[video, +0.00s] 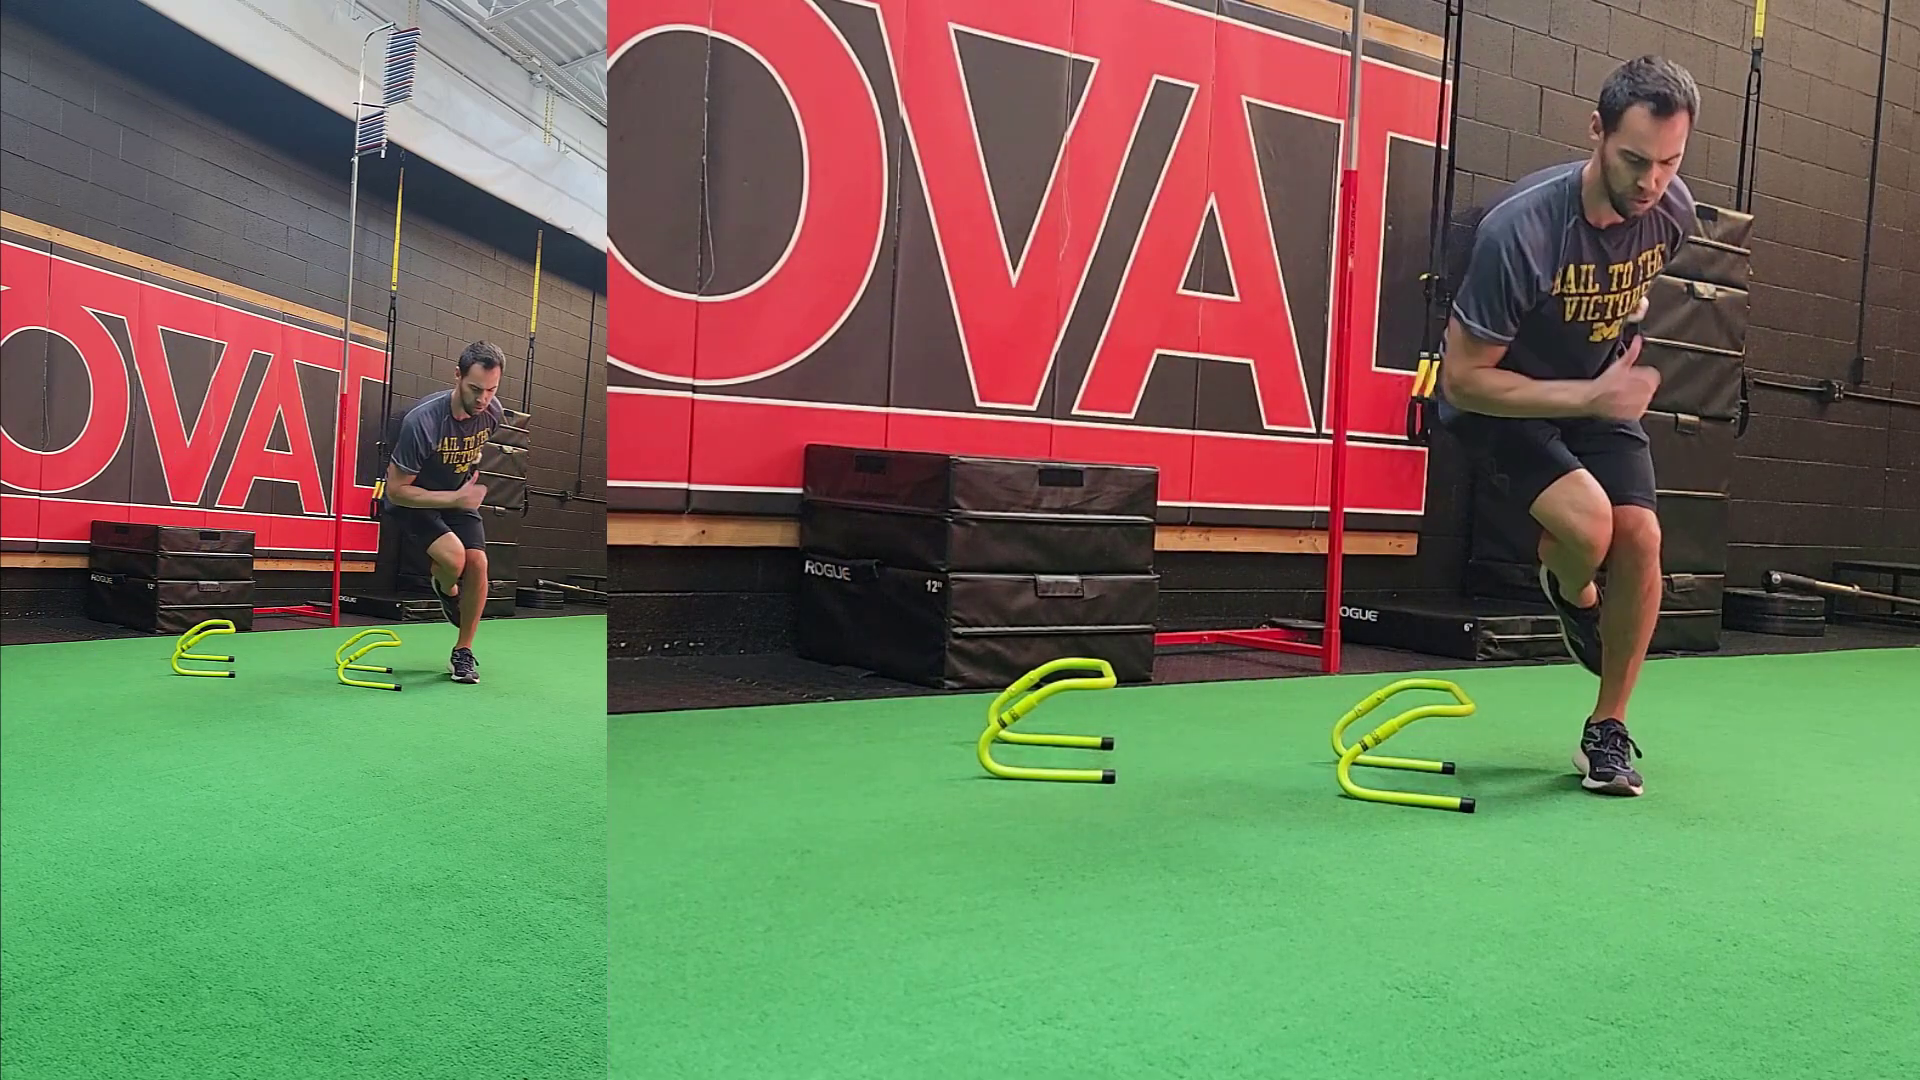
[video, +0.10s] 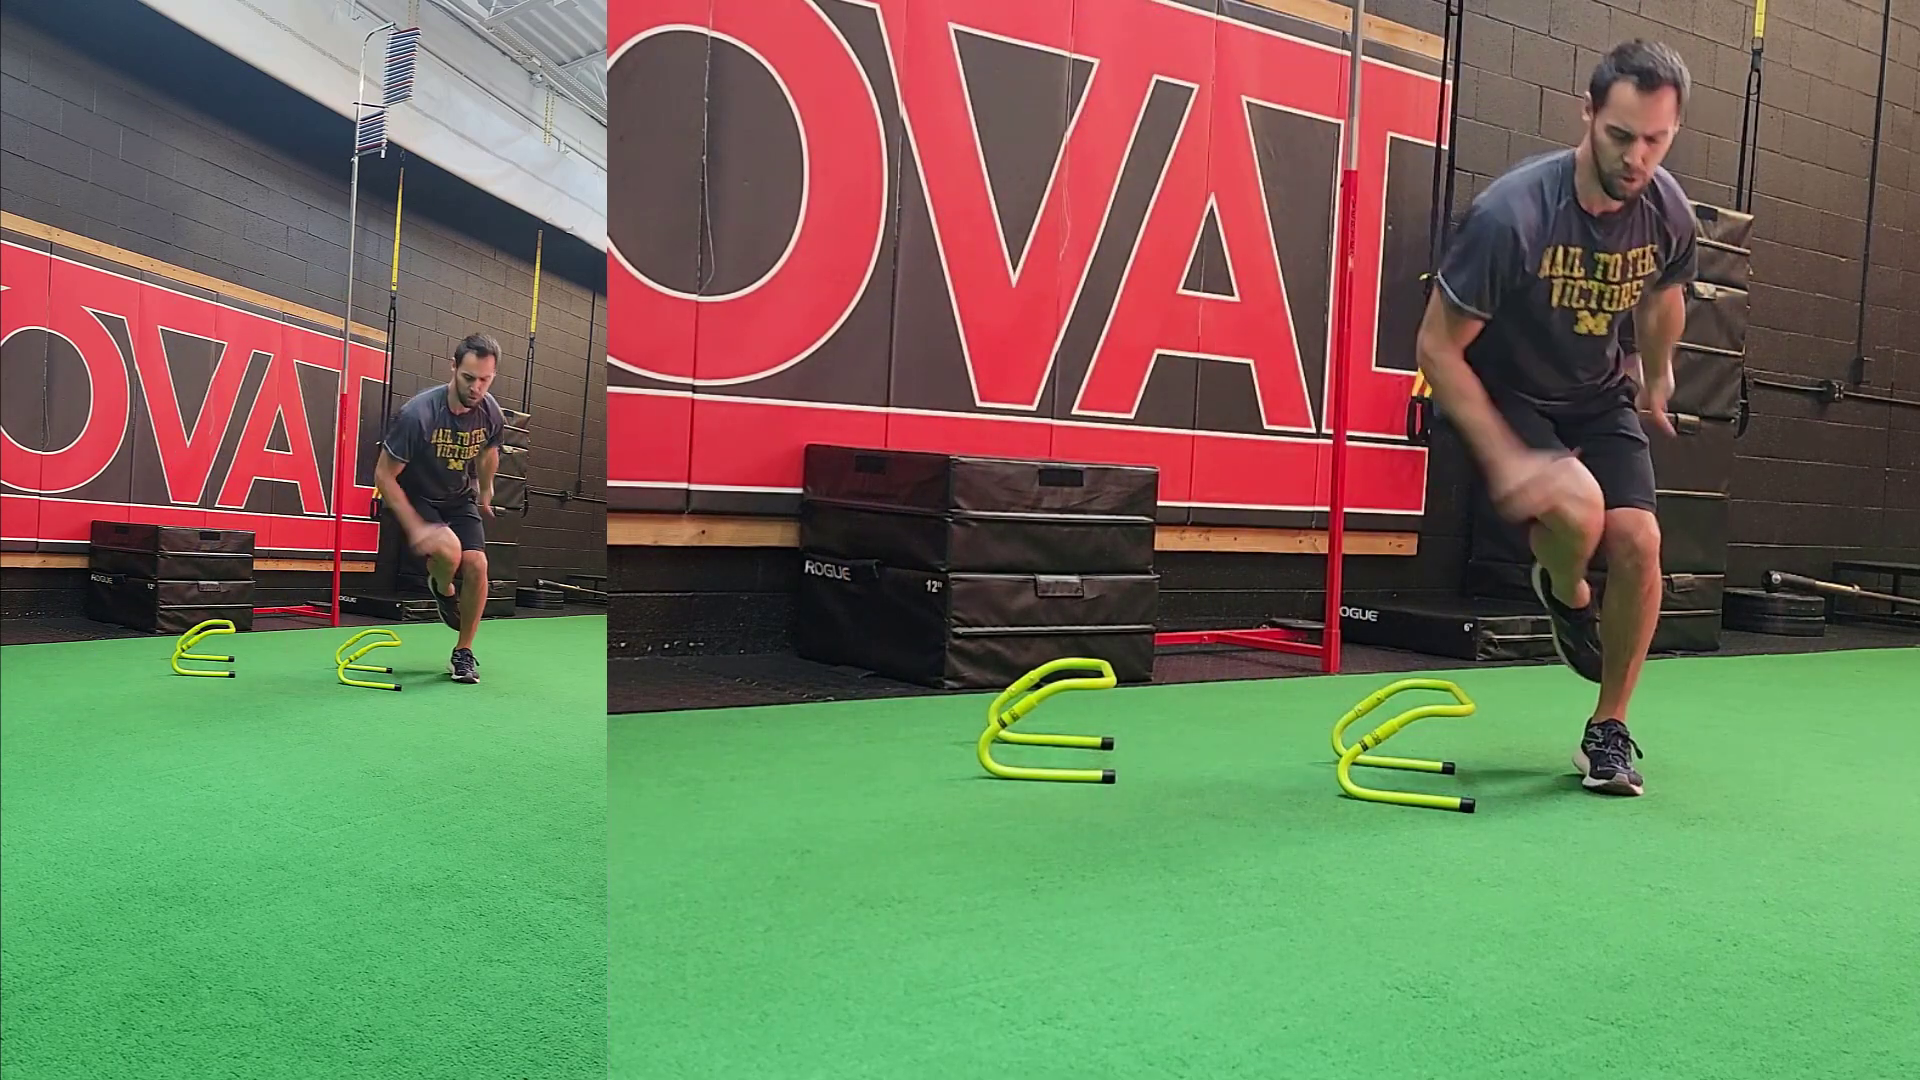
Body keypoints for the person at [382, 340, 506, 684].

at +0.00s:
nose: (483, 399)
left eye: (491, 391)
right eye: (476, 389)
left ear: (498, 385)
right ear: (457, 378)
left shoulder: (492, 413)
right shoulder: (421, 421)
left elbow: (468, 446)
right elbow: (396, 491)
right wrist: (456, 498)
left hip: (456, 497)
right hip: (412, 499)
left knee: (478, 563)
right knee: (454, 557)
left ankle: (464, 651)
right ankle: (445, 589)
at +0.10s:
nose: (476, 388)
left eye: (485, 380)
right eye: (469, 378)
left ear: (493, 377)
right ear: (453, 369)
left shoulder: (491, 414)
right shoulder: (417, 414)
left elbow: (489, 453)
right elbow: (384, 476)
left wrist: (486, 493)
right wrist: (416, 528)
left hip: (460, 501)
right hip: (418, 500)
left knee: (476, 564)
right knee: (450, 553)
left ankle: (464, 651)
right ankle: (444, 591)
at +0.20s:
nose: (464, 376)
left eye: (473, 368)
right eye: (457, 365)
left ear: (484, 366)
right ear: (444, 359)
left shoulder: (483, 413)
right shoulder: (411, 404)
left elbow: (485, 481)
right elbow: (368, 460)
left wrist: (493, 544)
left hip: (451, 495)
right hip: (404, 489)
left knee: (474, 565)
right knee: (435, 536)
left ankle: (461, 651)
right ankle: (417, 574)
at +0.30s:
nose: (442, 360)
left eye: (451, 352)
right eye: (436, 350)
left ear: (463, 351)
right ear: (425, 345)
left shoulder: (472, 398)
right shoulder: (394, 390)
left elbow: (474, 454)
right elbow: (339, 427)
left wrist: (481, 475)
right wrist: (304, 466)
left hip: (437, 489)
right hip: (388, 477)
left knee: (464, 565)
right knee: (409, 521)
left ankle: (460, 651)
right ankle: (372, 569)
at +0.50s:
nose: (379, 310)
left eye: (388, 301)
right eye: (373, 299)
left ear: (402, 300)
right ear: (361, 295)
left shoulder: (415, 342)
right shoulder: (333, 347)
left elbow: (426, 393)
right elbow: (307, 407)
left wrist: (418, 424)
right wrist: (295, 468)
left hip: (391, 452)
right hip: (339, 452)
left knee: (415, 526)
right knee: (330, 544)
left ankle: (425, 601)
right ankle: (296, 627)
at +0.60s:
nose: (347, 311)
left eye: (355, 303)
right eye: (341, 302)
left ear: (370, 302)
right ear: (330, 299)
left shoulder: (386, 347)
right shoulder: (305, 350)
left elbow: (401, 391)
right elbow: (283, 409)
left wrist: (404, 443)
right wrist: (304, 443)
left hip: (364, 445)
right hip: (316, 446)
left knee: (375, 494)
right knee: (309, 550)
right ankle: (290, 635)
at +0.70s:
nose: (322, 301)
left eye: (331, 294)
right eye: (316, 292)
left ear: (346, 291)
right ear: (307, 287)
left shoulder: (367, 334)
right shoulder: (282, 331)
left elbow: (379, 378)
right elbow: (262, 387)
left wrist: (374, 429)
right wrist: (285, 405)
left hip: (337, 440)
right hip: (289, 438)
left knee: (331, 508)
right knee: (286, 526)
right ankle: (284, 619)